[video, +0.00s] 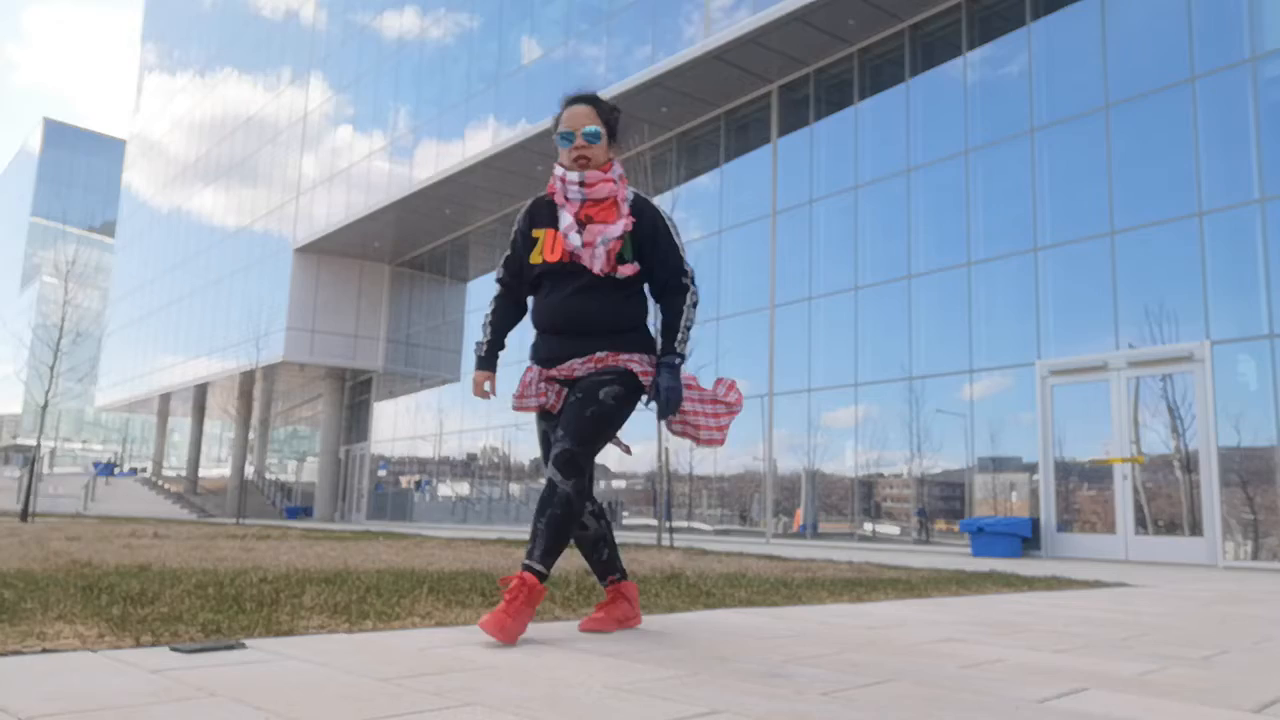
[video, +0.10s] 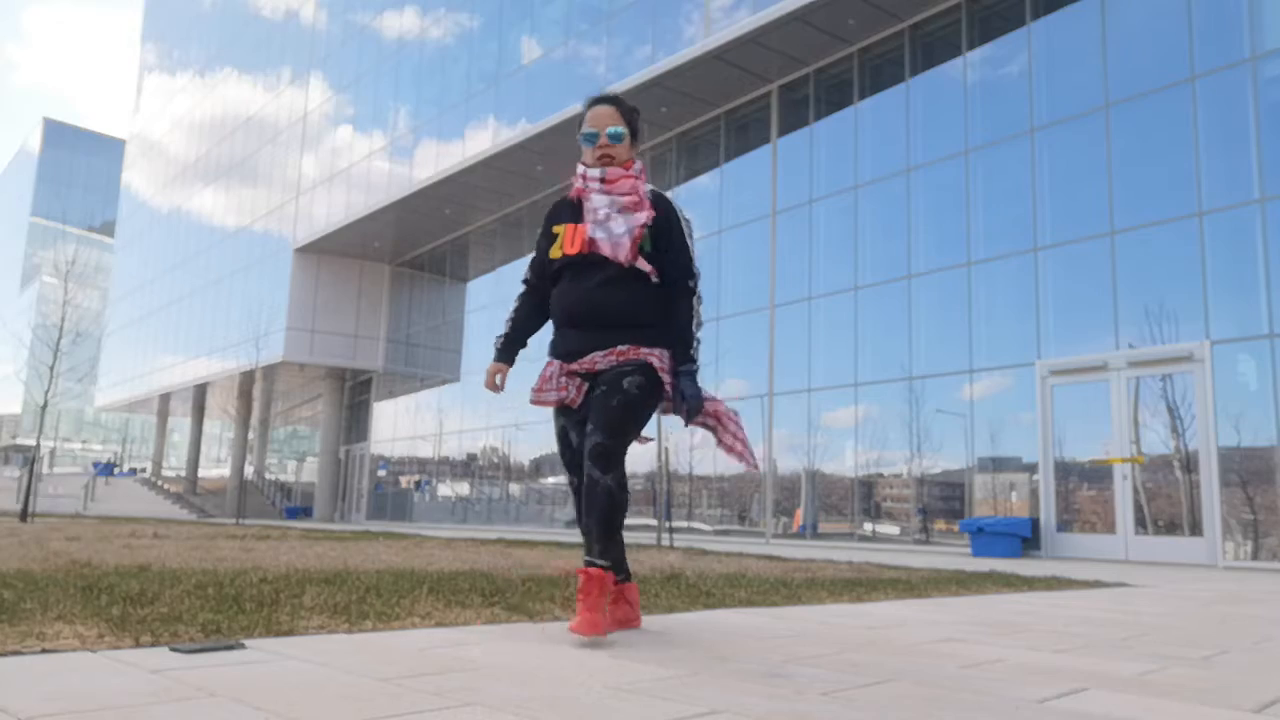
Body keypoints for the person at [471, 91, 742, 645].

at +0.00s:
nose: (579, 148)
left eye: (592, 137)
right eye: (567, 137)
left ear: (612, 145)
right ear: (555, 146)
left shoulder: (638, 213)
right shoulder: (539, 215)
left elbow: (679, 290)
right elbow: (511, 289)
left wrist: (672, 362)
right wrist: (488, 351)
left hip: (618, 360)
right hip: (552, 366)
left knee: (568, 453)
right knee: (566, 478)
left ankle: (525, 590)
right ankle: (620, 593)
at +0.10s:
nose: (602, 146)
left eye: (615, 136)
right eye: (591, 137)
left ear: (634, 146)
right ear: (579, 146)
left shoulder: (656, 211)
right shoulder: (562, 213)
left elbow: (681, 292)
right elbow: (538, 287)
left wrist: (685, 373)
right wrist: (507, 351)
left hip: (637, 356)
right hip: (572, 361)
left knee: (600, 449)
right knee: (583, 473)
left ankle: (595, 580)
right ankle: (621, 588)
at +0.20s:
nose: (624, 142)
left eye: (635, 133)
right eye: (612, 134)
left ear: (653, 143)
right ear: (599, 145)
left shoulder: (677, 208)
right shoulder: (581, 213)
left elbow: (703, 290)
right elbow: (555, 284)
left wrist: (703, 366)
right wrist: (525, 336)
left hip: (657, 356)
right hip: (592, 362)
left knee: (646, 459)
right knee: (598, 476)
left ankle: (667, 588)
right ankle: (622, 595)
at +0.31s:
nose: (640, 141)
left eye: (651, 132)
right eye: (629, 133)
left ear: (669, 141)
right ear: (617, 143)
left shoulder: (695, 206)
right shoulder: (601, 212)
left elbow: (723, 281)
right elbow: (572, 275)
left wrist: (725, 352)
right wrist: (544, 322)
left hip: (678, 358)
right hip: (609, 363)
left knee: (689, 471)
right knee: (611, 479)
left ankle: (728, 590)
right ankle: (623, 595)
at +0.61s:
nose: (698, 132)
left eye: (708, 123)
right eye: (686, 124)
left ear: (725, 134)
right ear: (672, 139)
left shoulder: (757, 204)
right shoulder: (655, 210)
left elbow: (795, 270)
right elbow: (623, 278)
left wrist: (819, 328)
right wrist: (649, 265)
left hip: (747, 359)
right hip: (675, 362)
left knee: (751, 482)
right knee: (670, 475)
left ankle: (759, 604)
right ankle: (671, 586)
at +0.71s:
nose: (708, 138)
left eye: (718, 128)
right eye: (697, 130)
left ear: (736, 136)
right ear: (683, 140)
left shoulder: (764, 204)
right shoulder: (665, 208)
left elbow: (805, 270)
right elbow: (647, 273)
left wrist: (842, 324)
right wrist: (702, 249)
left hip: (764, 357)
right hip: (693, 362)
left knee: (762, 477)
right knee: (718, 472)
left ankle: (761, 602)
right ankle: (726, 591)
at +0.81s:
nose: (714, 138)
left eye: (724, 129)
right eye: (703, 130)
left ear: (741, 137)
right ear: (689, 140)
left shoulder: (769, 205)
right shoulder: (673, 205)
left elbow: (809, 273)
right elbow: (660, 271)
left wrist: (849, 327)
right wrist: (737, 251)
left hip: (775, 358)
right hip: (704, 363)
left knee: (771, 479)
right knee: (727, 471)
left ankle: (764, 603)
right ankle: (724, 591)